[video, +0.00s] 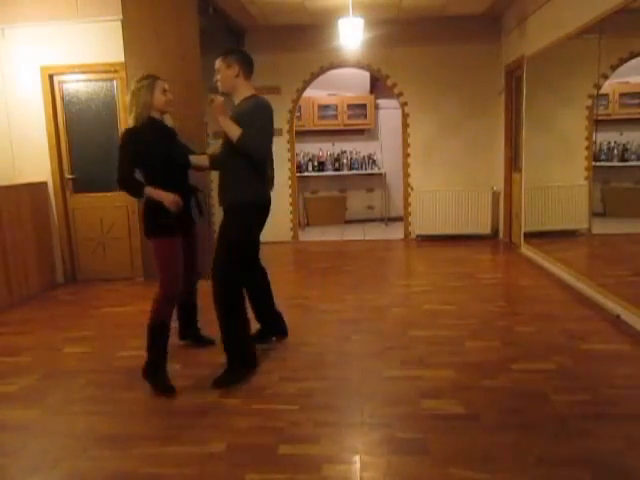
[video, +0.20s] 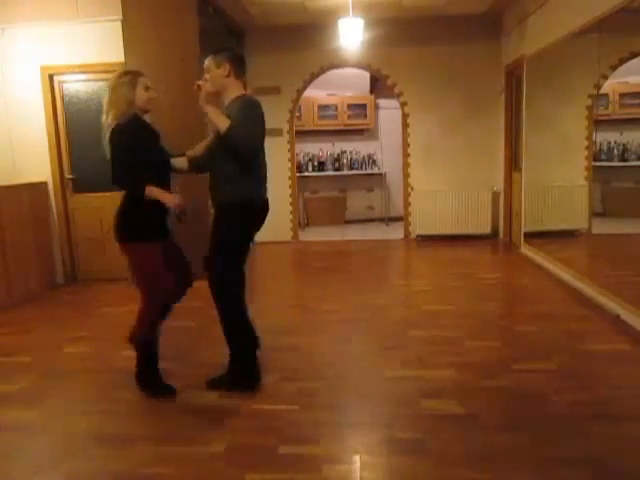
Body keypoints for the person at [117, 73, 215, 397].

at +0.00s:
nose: (170, 97)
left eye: (169, 91)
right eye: (163, 92)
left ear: (161, 97)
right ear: (146, 97)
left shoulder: (167, 131)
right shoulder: (135, 135)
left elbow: (181, 162)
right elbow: (125, 180)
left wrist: (214, 163)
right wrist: (159, 195)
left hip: (184, 212)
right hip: (161, 216)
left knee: (189, 275)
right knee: (170, 286)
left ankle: (189, 328)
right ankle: (155, 365)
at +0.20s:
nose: (153, 93)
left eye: (152, 88)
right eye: (146, 88)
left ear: (138, 93)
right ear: (128, 94)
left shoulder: (143, 127)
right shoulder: (125, 129)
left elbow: (161, 165)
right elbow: (123, 178)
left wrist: (196, 155)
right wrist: (165, 196)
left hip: (152, 221)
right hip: (138, 224)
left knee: (180, 277)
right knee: (155, 290)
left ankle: (143, 330)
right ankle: (148, 371)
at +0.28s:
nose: (144, 93)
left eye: (142, 88)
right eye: (137, 89)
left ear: (127, 94)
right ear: (119, 94)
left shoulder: (134, 129)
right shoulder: (121, 133)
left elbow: (164, 161)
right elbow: (129, 187)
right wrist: (158, 215)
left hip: (141, 225)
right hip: (127, 227)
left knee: (168, 290)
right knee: (137, 300)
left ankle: (115, 342)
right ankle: (145, 377)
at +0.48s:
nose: (129, 92)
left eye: (127, 86)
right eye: (122, 87)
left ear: (112, 93)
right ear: (105, 94)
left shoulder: (123, 132)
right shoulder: (105, 137)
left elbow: (162, 157)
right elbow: (112, 191)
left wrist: (199, 130)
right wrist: (136, 230)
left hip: (120, 225)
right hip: (112, 226)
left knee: (125, 301)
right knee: (140, 299)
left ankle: (89, 370)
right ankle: (147, 378)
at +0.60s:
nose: (126, 90)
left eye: (124, 84)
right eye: (119, 85)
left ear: (107, 90)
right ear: (100, 91)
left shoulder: (115, 128)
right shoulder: (98, 135)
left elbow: (136, 156)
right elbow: (103, 192)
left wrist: (168, 152)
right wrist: (127, 231)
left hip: (114, 227)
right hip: (108, 229)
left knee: (106, 302)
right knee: (155, 293)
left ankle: (86, 375)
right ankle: (148, 366)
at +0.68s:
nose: (125, 90)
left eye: (123, 84)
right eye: (118, 84)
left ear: (107, 89)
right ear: (98, 90)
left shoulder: (115, 128)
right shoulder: (93, 133)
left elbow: (132, 165)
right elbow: (93, 190)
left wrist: (167, 159)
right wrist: (121, 227)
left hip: (118, 225)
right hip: (108, 227)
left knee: (101, 300)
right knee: (156, 292)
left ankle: (85, 374)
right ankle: (139, 363)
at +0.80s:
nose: (125, 89)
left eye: (123, 83)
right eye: (118, 84)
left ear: (108, 88)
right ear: (98, 89)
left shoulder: (116, 128)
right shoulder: (88, 132)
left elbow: (134, 168)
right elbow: (82, 186)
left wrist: (170, 166)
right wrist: (118, 218)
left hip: (121, 224)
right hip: (109, 227)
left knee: (118, 300)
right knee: (150, 300)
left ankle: (89, 369)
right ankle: (132, 370)